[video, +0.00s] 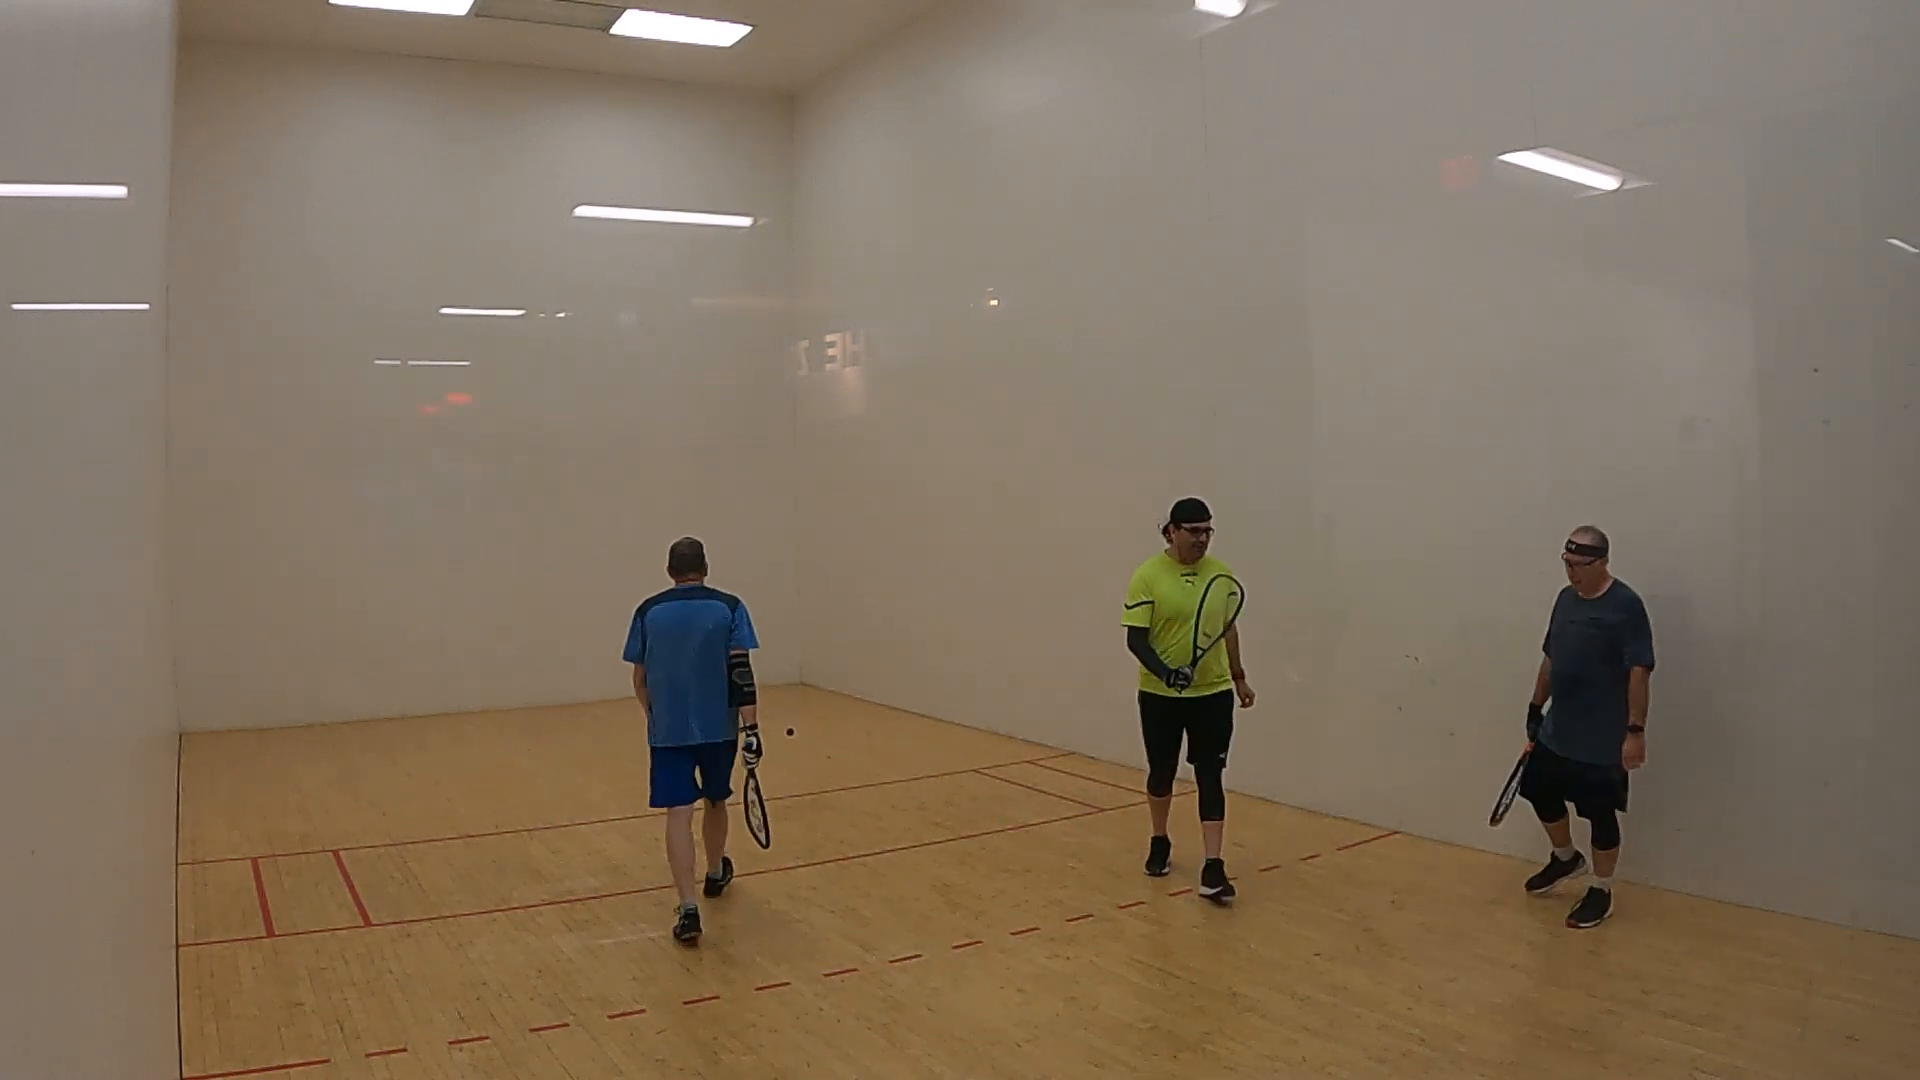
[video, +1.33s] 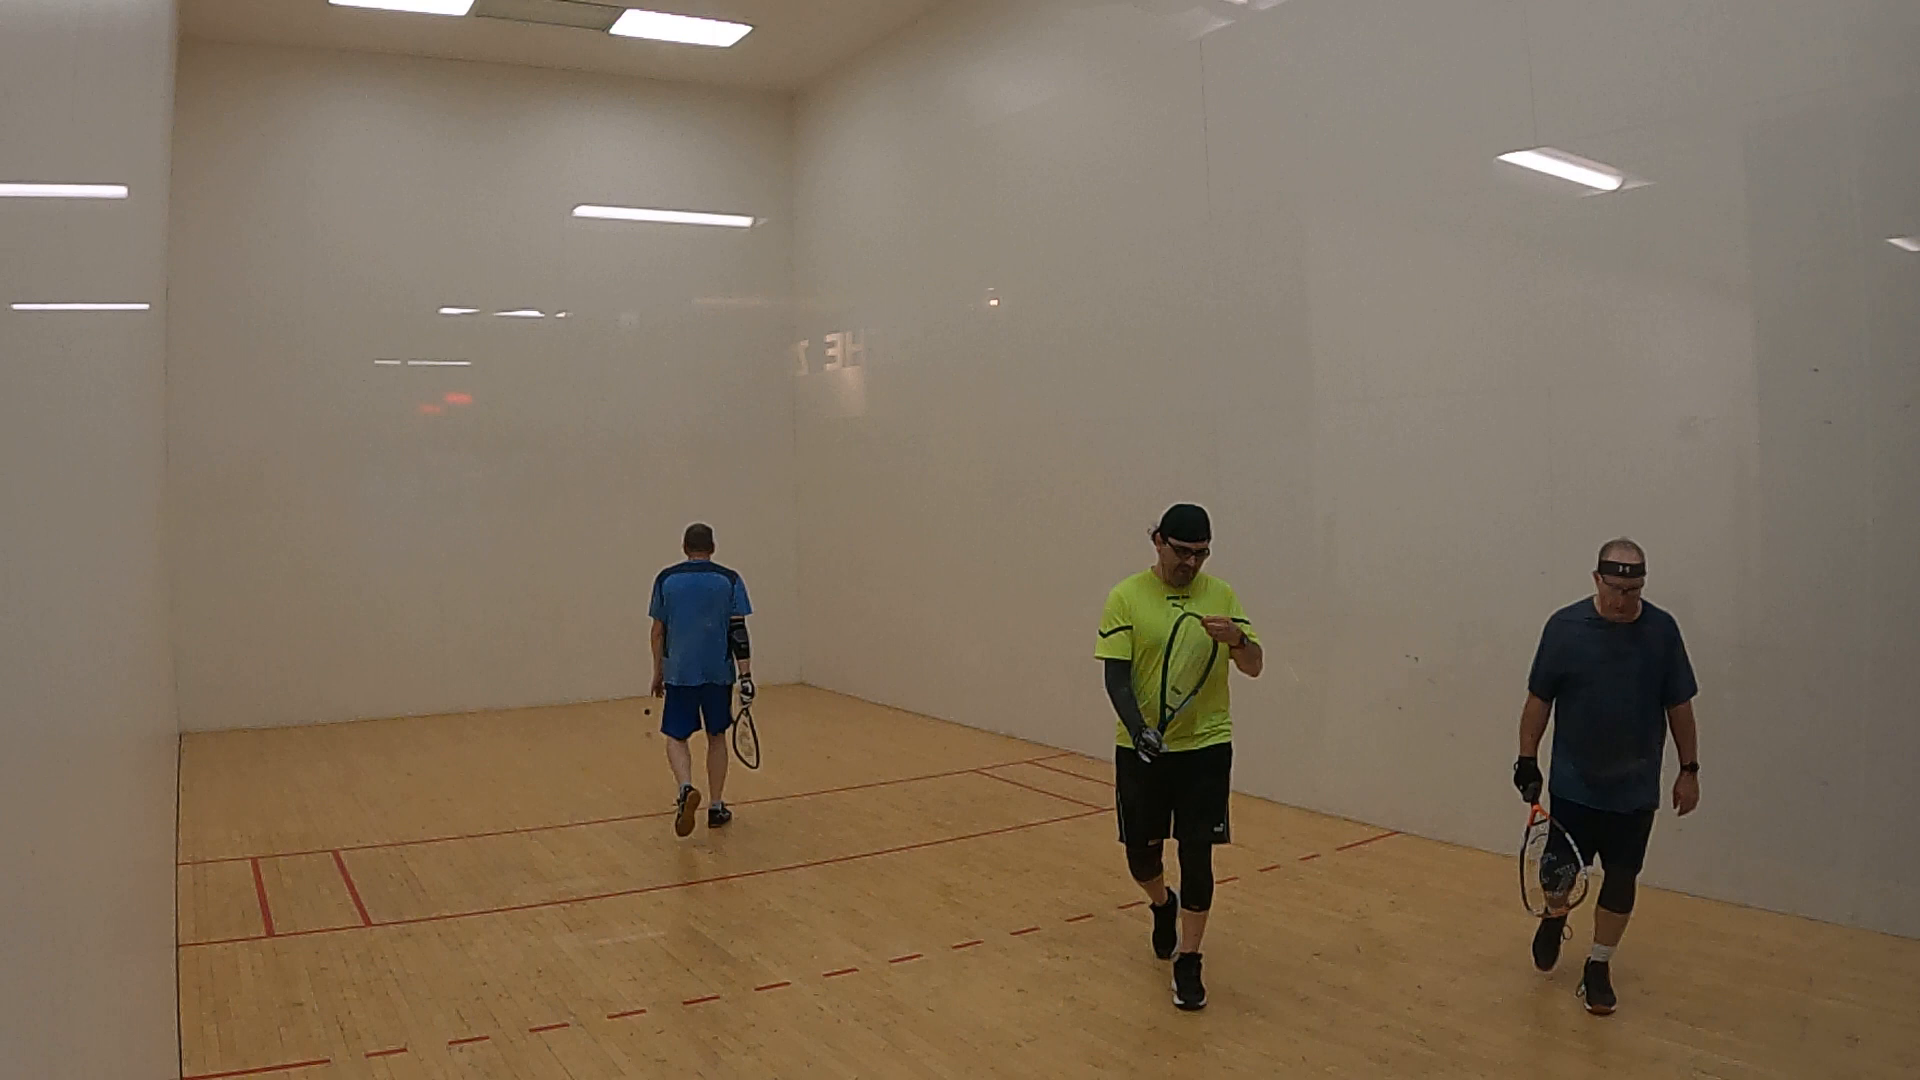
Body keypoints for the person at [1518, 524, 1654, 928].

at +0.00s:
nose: (1569, 567)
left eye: (1577, 562)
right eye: (1566, 560)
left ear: (1601, 562)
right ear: (1566, 560)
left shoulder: (1627, 606)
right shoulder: (1566, 600)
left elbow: (1640, 671)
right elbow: (1551, 659)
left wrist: (1635, 731)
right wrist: (1534, 710)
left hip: (1603, 734)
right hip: (1560, 726)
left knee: (1600, 812)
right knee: (1539, 788)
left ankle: (1600, 891)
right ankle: (1565, 856)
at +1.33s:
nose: (1626, 592)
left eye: (1634, 584)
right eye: (1616, 583)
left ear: (1644, 582)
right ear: (1598, 579)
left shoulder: (1661, 631)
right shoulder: (1564, 627)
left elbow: (1679, 704)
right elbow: (1539, 698)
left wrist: (1689, 769)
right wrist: (1527, 760)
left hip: (1635, 784)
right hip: (1574, 777)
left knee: (1620, 881)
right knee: (1559, 872)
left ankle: (1598, 967)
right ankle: (1555, 918)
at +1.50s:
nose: (1636, 586)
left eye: (1645, 578)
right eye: (1627, 577)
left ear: (1656, 581)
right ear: (1608, 578)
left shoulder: (1674, 632)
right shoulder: (1574, 630)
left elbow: (1702, 698)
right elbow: (1547, 701)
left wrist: (1720, 757)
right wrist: (1533, 766)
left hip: (1649, 786)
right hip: (1588, 782)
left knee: (1626, 881)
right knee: (1583, 881)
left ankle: (1600, 969)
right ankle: (1575, 970)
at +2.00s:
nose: (1674, 606)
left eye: (1682, 596)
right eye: (1662, 596)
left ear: (1691, 594)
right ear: (1639, 591)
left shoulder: (1703, 642)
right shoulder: (1601, 645)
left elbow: (1716, 722)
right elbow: (1570, 725)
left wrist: (1719, 785)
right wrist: (1561, 797)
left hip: (1685, 811)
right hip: (1617, 813)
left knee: (1697, 909)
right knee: (1616, 921)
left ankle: (1659, 974)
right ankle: (1615, 1015)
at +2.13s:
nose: (1691, 605)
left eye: (1699, 595)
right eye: (1679, 595)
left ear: (1707, 594)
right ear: (1653, 593)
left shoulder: (1715, 643)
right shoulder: (1614, 650)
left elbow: (1713, 724)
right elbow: (1581, 735)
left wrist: (1707, 793)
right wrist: (1576, 810)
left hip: (1697, 819)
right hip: (1626, 821)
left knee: (1711, 930)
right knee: (1618, 930)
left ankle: (1695, 1031)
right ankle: (1616, 1018)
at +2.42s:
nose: (1737, 618)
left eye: (1745, 607)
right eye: (1725, 607)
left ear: (1753, 604)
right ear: (1696, 601)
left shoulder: (1759, 657)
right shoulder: (1658, 661)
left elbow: (1759, 744)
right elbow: (1627, 760)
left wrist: (1751, 822)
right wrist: (1627, 838)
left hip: (1740, 844)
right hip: (1667, 843)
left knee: (1736, 964)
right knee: (1644, 951)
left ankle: (1715, 1069)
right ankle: (1619, 1010)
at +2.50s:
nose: (1747, 615)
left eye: (1754, 604)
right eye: (1736, 604)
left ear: (1761, 602)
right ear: (1704, 600)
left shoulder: (1772, 656)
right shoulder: (1666, 660)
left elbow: (1785, 744)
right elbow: (1638, 757)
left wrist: (1792, 818)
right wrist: (1637, 837)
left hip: (1752, 839)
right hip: (1681, 839)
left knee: (1739, 962)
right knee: (1669, 953)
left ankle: (1715, 1069)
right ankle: (1630, 1005)